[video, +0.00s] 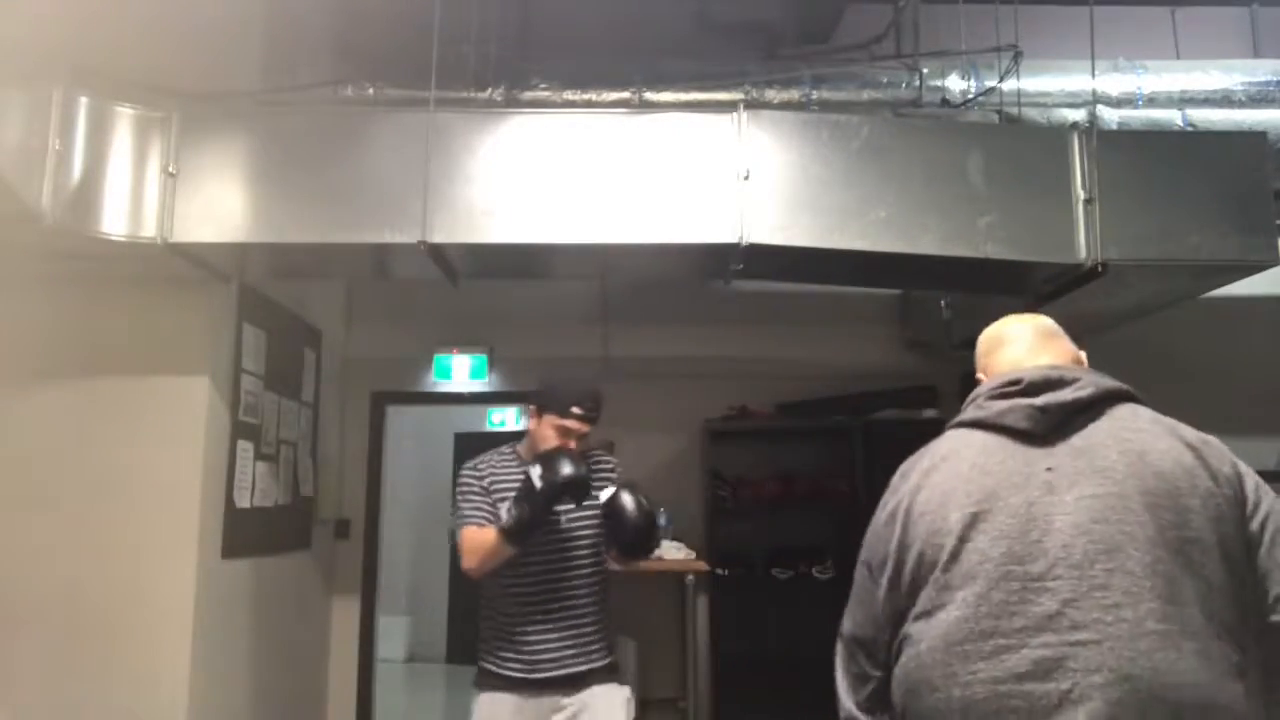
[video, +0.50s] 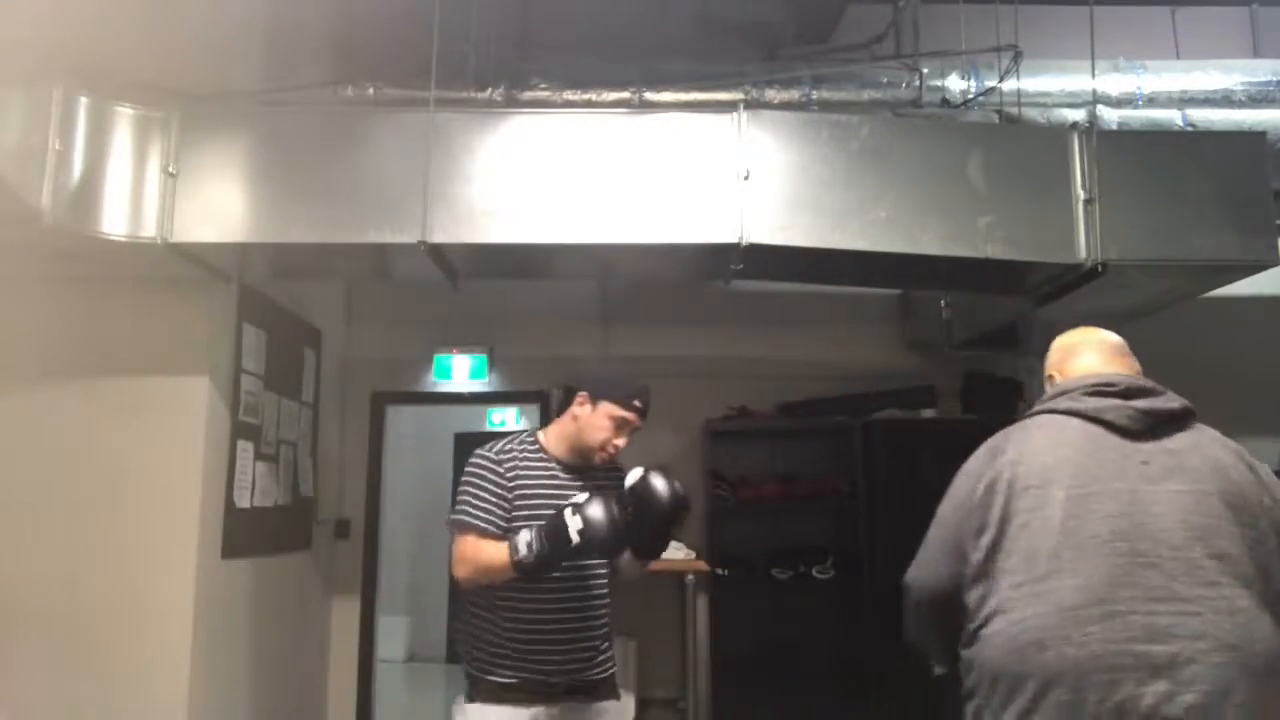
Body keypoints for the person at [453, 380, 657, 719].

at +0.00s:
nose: (571, 446)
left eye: (581, 437)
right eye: (562, 432)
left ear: (591, 432)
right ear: (532, 417)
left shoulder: (601, 469)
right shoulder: (480, 473)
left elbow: (619, 559)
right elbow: (473, 560)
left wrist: (635, 538)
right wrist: (529, 509)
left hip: (592, 683)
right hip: (510, 687)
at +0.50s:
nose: (622, 443)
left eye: (630, 433)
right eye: (618, 425)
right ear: (581, 404)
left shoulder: (610, 475)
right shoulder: (496, 462)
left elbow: (625, 570)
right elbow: (467, 565)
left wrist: (651, 532)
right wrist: (562, 533)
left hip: (593, 692)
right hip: (508, 694)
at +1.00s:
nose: (527, 451)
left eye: (533, 440)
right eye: (520, 432)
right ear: (477, 412)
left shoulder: (497, 492)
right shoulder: (390, 480)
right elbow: (382, 594)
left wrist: (548, 573)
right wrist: (477, 556)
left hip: (488, 704)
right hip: (405, 707)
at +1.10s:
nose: (507, 443)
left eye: (514, 431)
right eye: (502, 423)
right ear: (460, 402)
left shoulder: (476, 479)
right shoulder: (371, 465)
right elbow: (369, 583)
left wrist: (528, 567)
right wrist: (468, 535)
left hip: (458, 700)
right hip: (372, 704)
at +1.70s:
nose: (519, 439)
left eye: (526, 427)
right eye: (515, 419)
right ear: (474, 399)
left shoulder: (479, 470)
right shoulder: (385, 457)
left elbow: (509, 562)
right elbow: (408, 560)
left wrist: (551, 508)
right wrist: (497, 505)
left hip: (461, 700)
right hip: (375, 704)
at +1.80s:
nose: (506, 436)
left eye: (511, 424)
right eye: (502, 417)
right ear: (460, 397)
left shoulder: (465, 471)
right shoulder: (370, 455)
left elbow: (481, 571)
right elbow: (397, 562)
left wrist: (531, 532)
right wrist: (485, 502)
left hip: (456, 701)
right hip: (369, 704)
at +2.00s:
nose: (465, 434)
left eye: (470, 421)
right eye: (460, 413)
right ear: (413, 395)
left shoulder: (428, 473)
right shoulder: (321, 464)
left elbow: (444, 560)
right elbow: (352, 570)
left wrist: (499, 556)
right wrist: (441, 507)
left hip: (425, 704)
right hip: (333, 709)